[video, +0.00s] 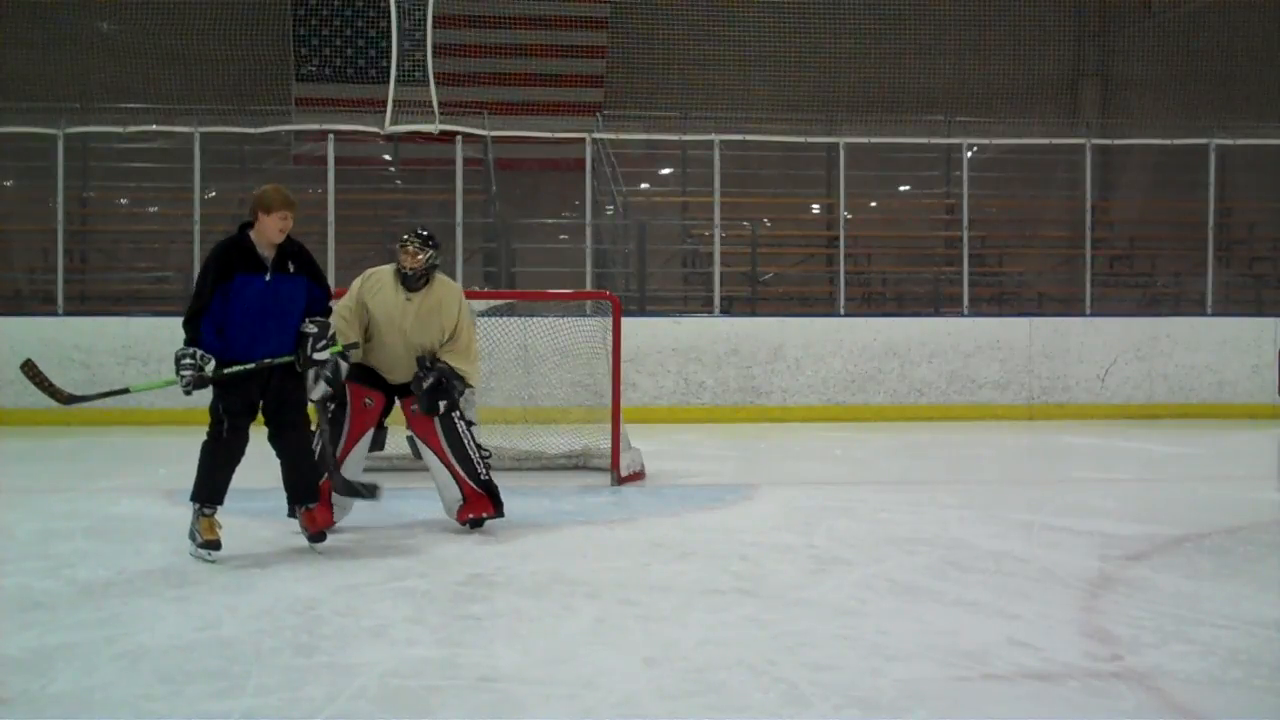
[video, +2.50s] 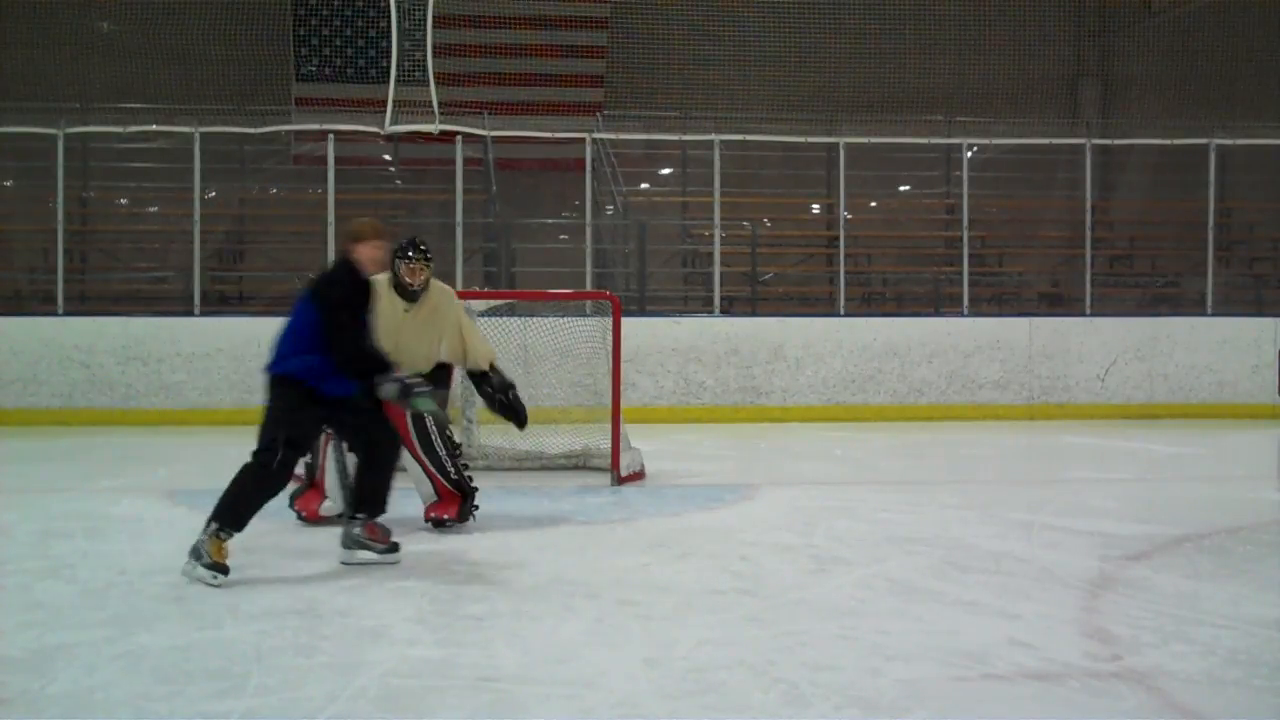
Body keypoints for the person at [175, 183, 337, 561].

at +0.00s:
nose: (286, 227)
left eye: (290, 220)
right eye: (280, 219)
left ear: (291, 222)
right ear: (258, 217)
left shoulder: (298, 257)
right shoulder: (226, 256)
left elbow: (320, 300)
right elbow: (199, 311)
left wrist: (315, 330)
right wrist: (195, 354)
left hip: (284, 365)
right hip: (235, 367)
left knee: (295, 436)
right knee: (228, 439)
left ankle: (306, 507)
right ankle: (205, 513)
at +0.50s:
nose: (245, 219)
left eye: (252, 213)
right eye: (240, 212)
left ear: (265, 219)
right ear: (232, 216)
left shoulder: (282, 259)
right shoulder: (209, 258)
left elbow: (304, 303)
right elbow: (184, 310)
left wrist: (299, 333)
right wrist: (175, 353)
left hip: (267, 365)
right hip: (216, 366)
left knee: (282, 433)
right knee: (206, 435)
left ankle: (296, 503)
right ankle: (186, 507)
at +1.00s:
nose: (230, 219)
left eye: (237, 214)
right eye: (226, 213)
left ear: (252, 220)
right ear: (219, 217)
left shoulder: (273, 258)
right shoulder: (198, 258)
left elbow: (299, 306)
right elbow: (176, 312)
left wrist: (301, 330)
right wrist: (159, 352)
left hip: (261, 362)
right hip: (210, 363)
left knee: (272, 431)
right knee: (201, 433)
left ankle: (293, 500)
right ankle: (186, 506)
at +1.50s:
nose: (224, 219)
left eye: (232, 214)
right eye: (219, 213)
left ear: (243, 221)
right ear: (210, 218)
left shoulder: (259, 259)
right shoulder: (189, 258)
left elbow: (284, 305)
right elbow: (165, 310)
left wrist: (284, 328)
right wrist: (146, 352)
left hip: (250, 360)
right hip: (200, 362)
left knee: (265, 433)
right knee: (186, 434)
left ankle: (292, 501)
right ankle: (166, 507)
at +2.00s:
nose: (232, 223)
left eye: (240, 218)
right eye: (227, 217)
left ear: (253, 222)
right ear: (219, 221)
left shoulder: (267, 261)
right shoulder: (198, 261)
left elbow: (286, 308)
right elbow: (176, 321)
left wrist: (306, 335)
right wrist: (184, 369)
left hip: (255, 371)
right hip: (206, 374)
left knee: (272, 438)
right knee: (195, 448)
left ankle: (283, 513)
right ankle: (171, 527)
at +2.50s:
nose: (382, 254)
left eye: (384, 247)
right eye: (375, 247)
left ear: (381, 252)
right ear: (354, 248)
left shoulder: (359, 286)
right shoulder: (339, 283)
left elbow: (357, 343)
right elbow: (346, 344)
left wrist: (384, 374)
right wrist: (381, 376)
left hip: (339, 386)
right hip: (300, 383)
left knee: (382, 441)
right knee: (275, 462)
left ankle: (362, 527)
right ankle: (213, 539)